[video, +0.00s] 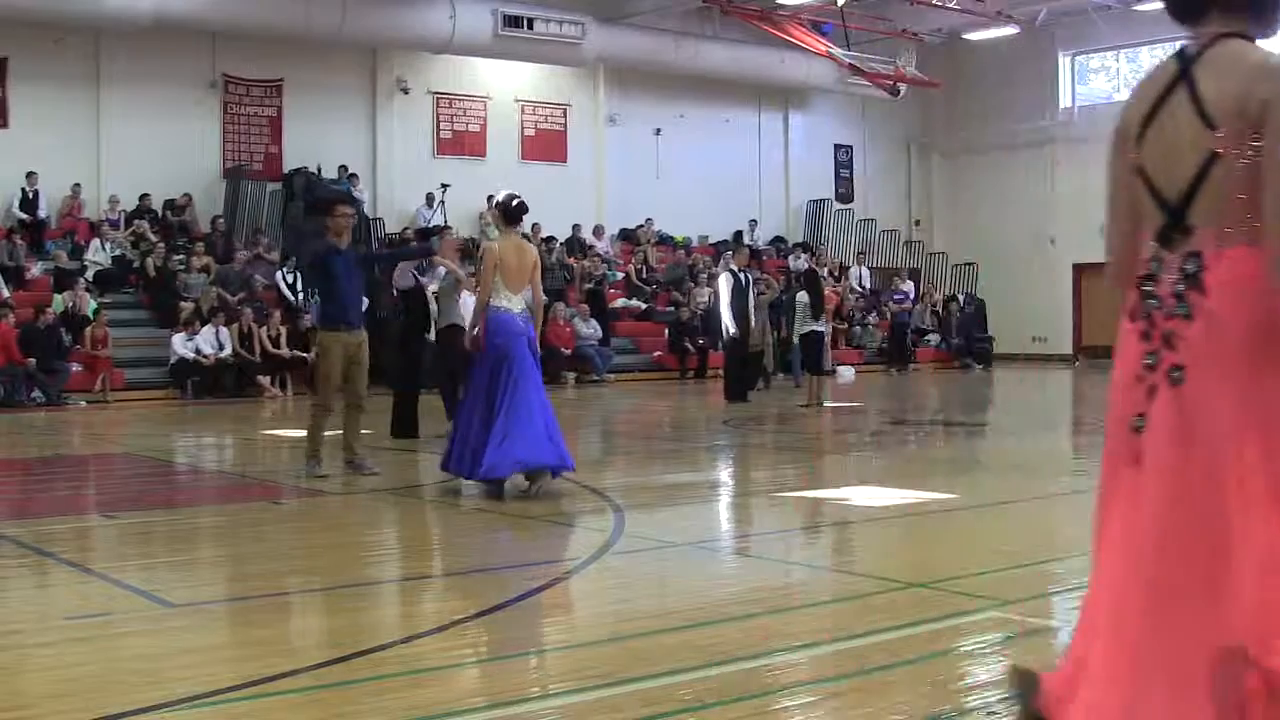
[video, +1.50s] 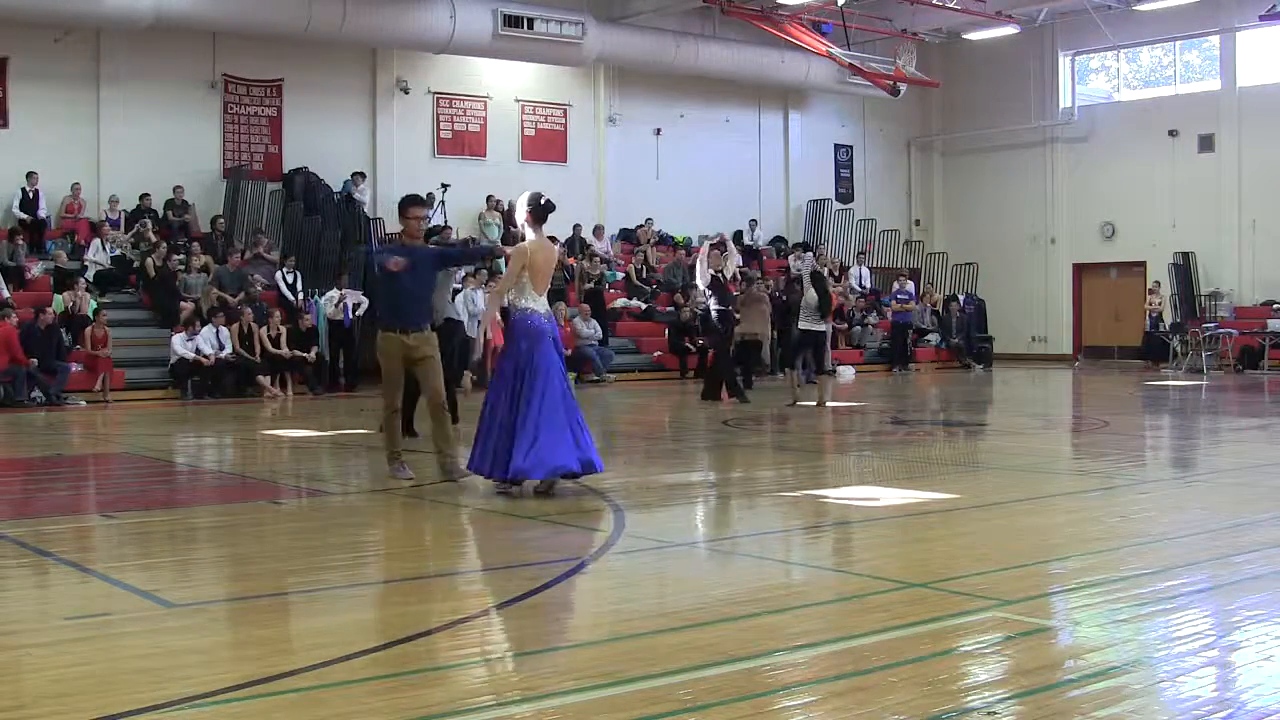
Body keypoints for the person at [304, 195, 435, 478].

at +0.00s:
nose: (347, 221)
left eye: (350, 216)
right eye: (341, 216)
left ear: (354, 220)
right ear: (328, 220)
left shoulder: (358, 254)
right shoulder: (319, 252)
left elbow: (393, 254)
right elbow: (312, 276)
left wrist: (434, 249)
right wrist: (334, 246)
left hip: (357, 335)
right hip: (330, 337)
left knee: (356, 400)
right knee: (324, 401)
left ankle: (352, 457)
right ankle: (313, 458)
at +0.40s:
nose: (367, 222)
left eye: (369, 218)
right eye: (361, 217)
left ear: (371, 221)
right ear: (347, 221)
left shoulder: (374, 253)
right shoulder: (339, 249)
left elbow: (402, 254)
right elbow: (332, 255)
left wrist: (436, 249)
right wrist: (367, 254)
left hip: (373, 333)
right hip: (348, 333)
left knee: (364, 395)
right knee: (366, 394)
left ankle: (353, 452)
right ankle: (355, 455)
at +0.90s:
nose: (394, 225)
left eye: (395, 220)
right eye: (388, 220)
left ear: (396, 222)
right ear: (371, 221)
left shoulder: (395, 253)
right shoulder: (357, 252)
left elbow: (420, 255)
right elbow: (357, 276)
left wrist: (451, 248)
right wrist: (370, 294)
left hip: (396, 334)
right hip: (370, 335)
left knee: (380, 395)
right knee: (383, 397)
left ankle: (356, 452)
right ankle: (392, 457)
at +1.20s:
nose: (410, 224)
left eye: (411, 218)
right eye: (404, 219)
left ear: (412, 220)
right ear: (388, 221)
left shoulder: (414, 253)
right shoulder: (368, 252)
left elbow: (441, 252)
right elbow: (352, 272)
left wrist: (470, 244)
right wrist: (347, 286)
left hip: (412, 337)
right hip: (382, 337)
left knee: (407, 405)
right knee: (390, 403)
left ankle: (377, 436)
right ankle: (394, 459)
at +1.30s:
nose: (415, 225)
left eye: (416, 219)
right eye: (409, 220)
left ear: (415, 220)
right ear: (393, 222)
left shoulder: (420, 253)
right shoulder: (375, 252)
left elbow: (445, 253)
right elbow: (355, 265)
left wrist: (472, 243)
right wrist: (347, 274)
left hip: (414, 337)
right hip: (383, 337)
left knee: (414, 398)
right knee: (390, 402)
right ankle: (394, 459)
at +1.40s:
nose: (417, 224)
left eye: (420, 219)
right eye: (411, 219)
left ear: (422, 220)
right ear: (397, 221)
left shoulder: (424, 253)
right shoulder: (380, 251)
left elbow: (453, 253)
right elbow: (356, 261)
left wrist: (480, 247)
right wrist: (364, 263)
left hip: (418, 336)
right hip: (385, 337)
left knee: (429, 396)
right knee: (392, 401)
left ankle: (423, 458)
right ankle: (395, 459)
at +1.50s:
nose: (420, 225)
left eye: (424, 219)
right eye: (414, 219)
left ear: (427, 221)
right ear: (401, 221)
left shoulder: (430, 254)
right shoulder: (383, 251)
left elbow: (461, 254)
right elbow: (368, 257)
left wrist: (496, 251)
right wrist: (384, 262)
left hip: (423, 336)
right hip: (391, 337)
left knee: (438, 397)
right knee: (393, 401)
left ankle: (449, 463)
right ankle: (395, 460)